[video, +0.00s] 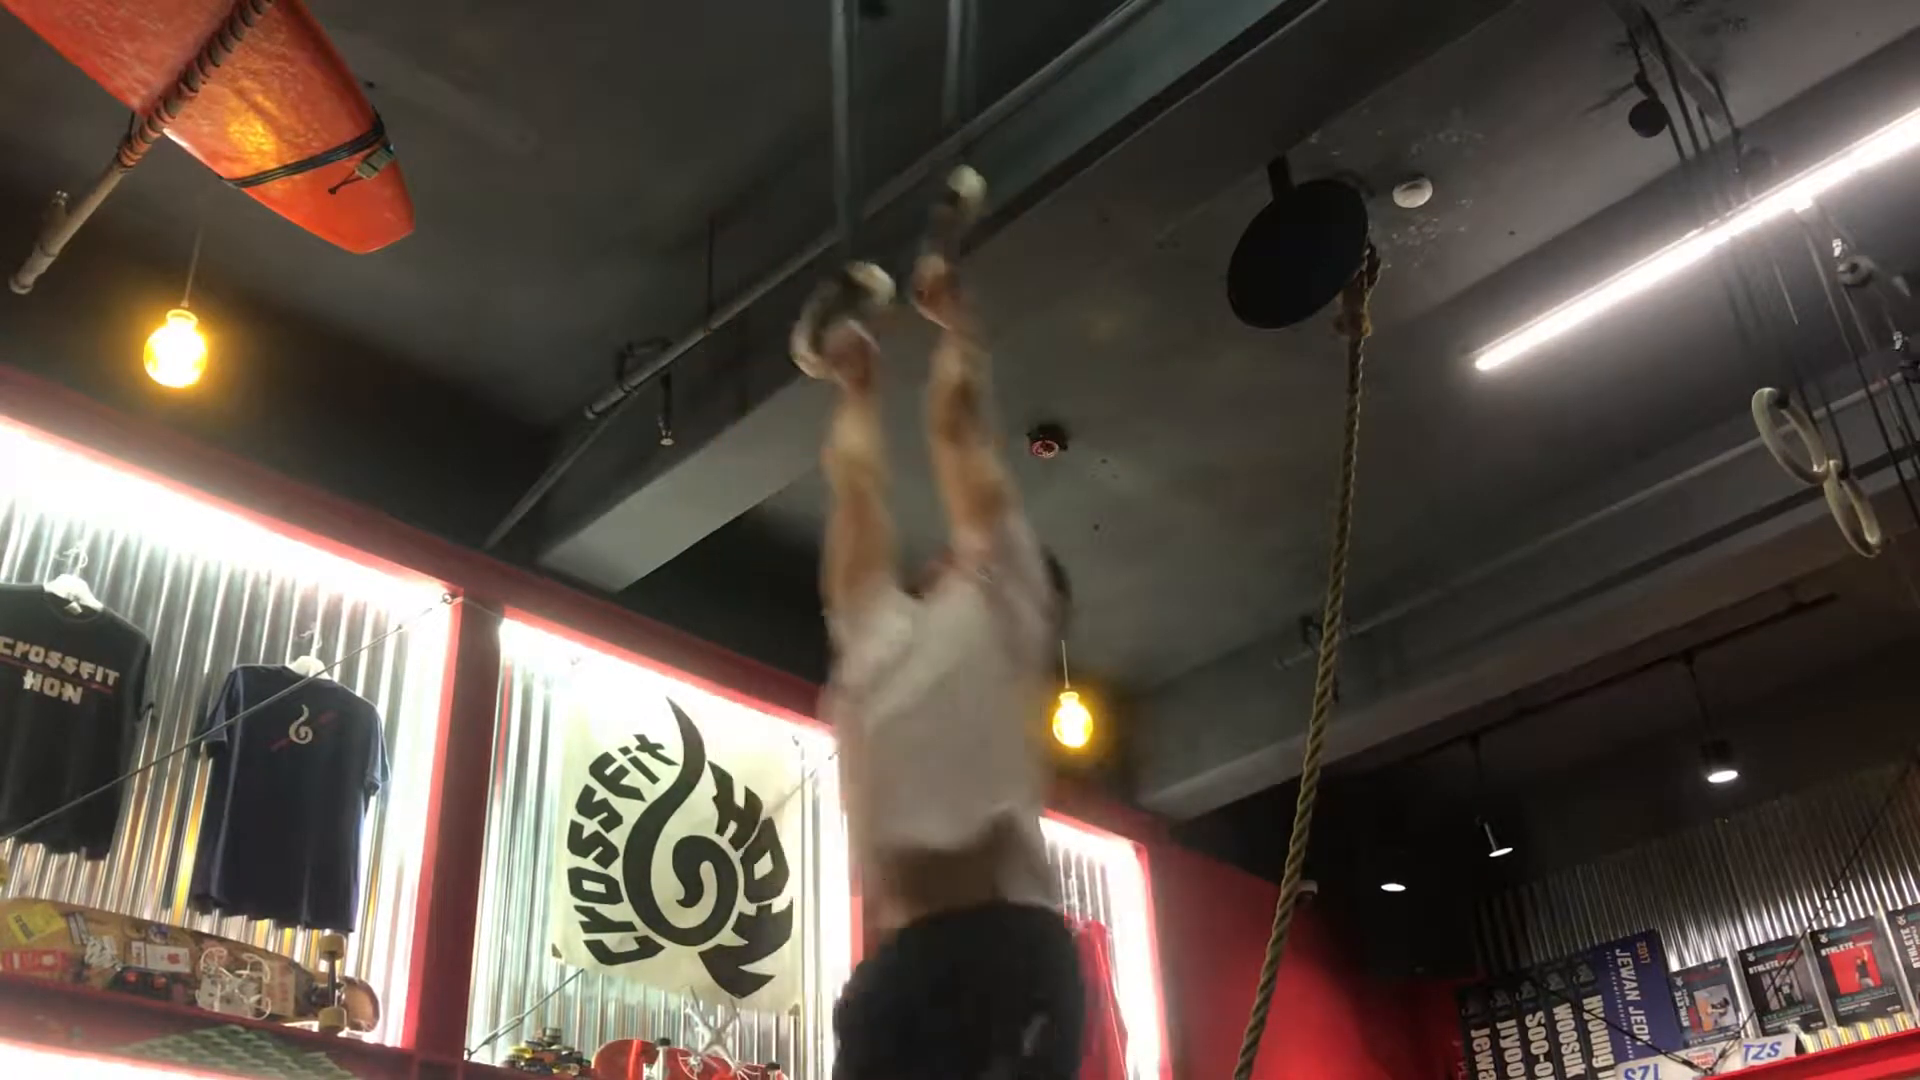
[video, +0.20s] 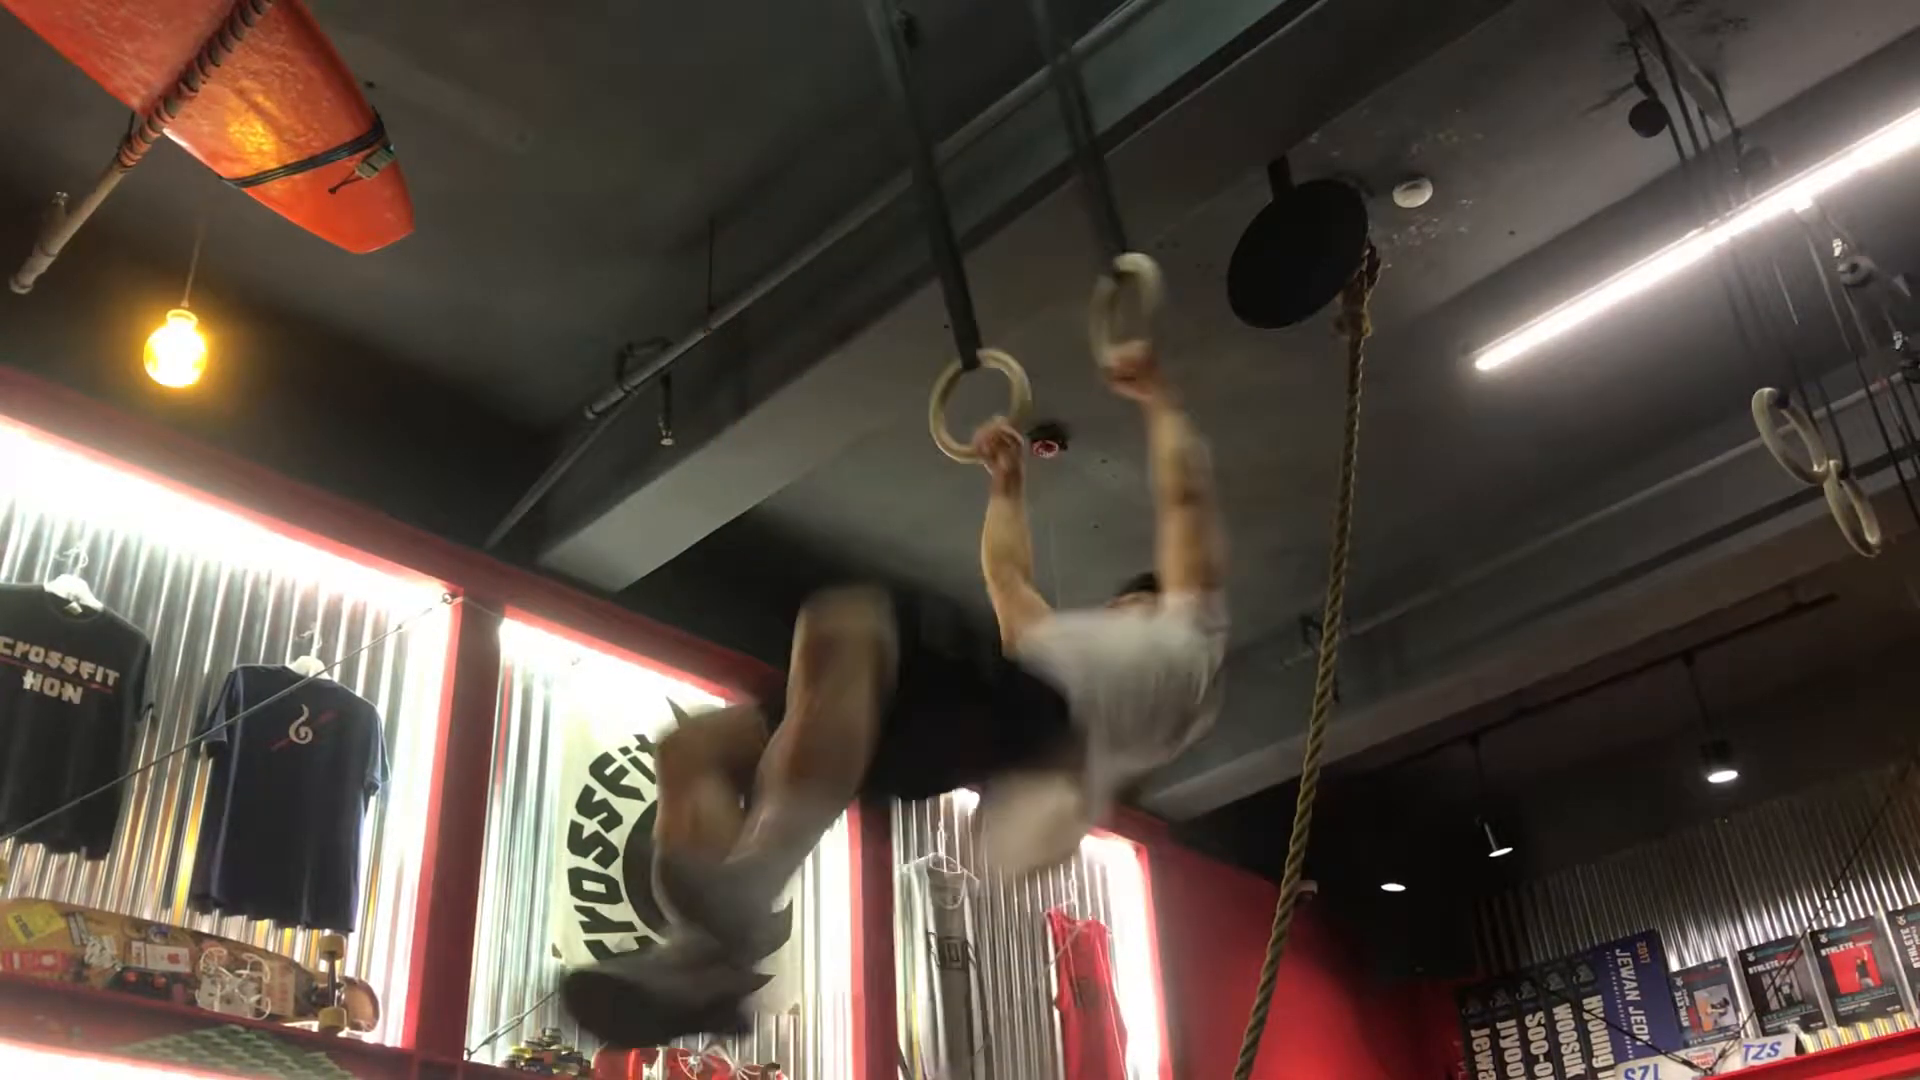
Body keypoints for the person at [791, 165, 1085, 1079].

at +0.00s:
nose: (953, 553)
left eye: (980, 550)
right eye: (948, 551)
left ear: (1026, 588)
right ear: (927, 572)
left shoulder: (1013, 618)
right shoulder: (870, 641)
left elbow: (963, 438)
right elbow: (855, 494)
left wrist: (952, 321)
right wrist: (853, 383)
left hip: (1012, 955)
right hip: (902, 968)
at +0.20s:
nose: (1126, 606)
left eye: (1142, 601)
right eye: (1123, 604)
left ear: (1171, 607)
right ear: (1110, 615)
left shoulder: (1191, 640)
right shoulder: (1048, 647)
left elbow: (1187, 497)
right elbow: (1010, 581)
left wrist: (1155, 395)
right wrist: (1006, 483)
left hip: (1029, 720)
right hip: (946, 742)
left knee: (845, 621)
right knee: (691, 746)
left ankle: (754, 885)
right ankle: (705, 956)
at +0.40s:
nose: (1126, 333)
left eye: (1144, 327)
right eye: (1113, 324)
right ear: (1097, 335)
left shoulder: (1166, 420)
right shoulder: (1077, 394)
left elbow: (1215, 435)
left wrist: (1154, 340)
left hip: (1033, 472)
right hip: (935, 512)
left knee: (895, 387)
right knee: (691, 537)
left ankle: (1003, 590)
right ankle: (897, 649)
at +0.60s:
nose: (901, 214)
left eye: (910, 189)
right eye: (887, 210)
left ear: (963, 180)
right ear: (885, 229)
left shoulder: (1045, 211)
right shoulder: (919, 304)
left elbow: (1172, 225)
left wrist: (1158, 292)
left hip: (1078, 473)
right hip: (982, 524)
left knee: (927, 333)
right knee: (795, 419)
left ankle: (909, 522)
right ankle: (829, 574)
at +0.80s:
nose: (806, 213)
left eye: (816, 186)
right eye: (792, 202)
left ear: (872, 169)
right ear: (791, 215)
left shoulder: (964, 186)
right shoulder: (841, 282)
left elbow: (1088, 167)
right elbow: (886, 328)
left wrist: (1102, 267)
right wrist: (913, 389)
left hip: (1092, 399)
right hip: (1002, 444)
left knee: (1008, 496)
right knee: (906, 545)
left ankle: (972, 677)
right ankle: (897, 725)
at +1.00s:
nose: (752, 125)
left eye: (767, 98)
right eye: (744, 111)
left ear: (829, 97)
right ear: (750, 137)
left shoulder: (910, 130)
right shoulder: (795, 242)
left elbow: (1049, 139)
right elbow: (850, 299)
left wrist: (1044, 213)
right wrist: (874, 361)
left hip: (1062, 348)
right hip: (976, 412)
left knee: (1002, 483)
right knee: (906, 557)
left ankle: (1180, 550)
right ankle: (1091, 564)